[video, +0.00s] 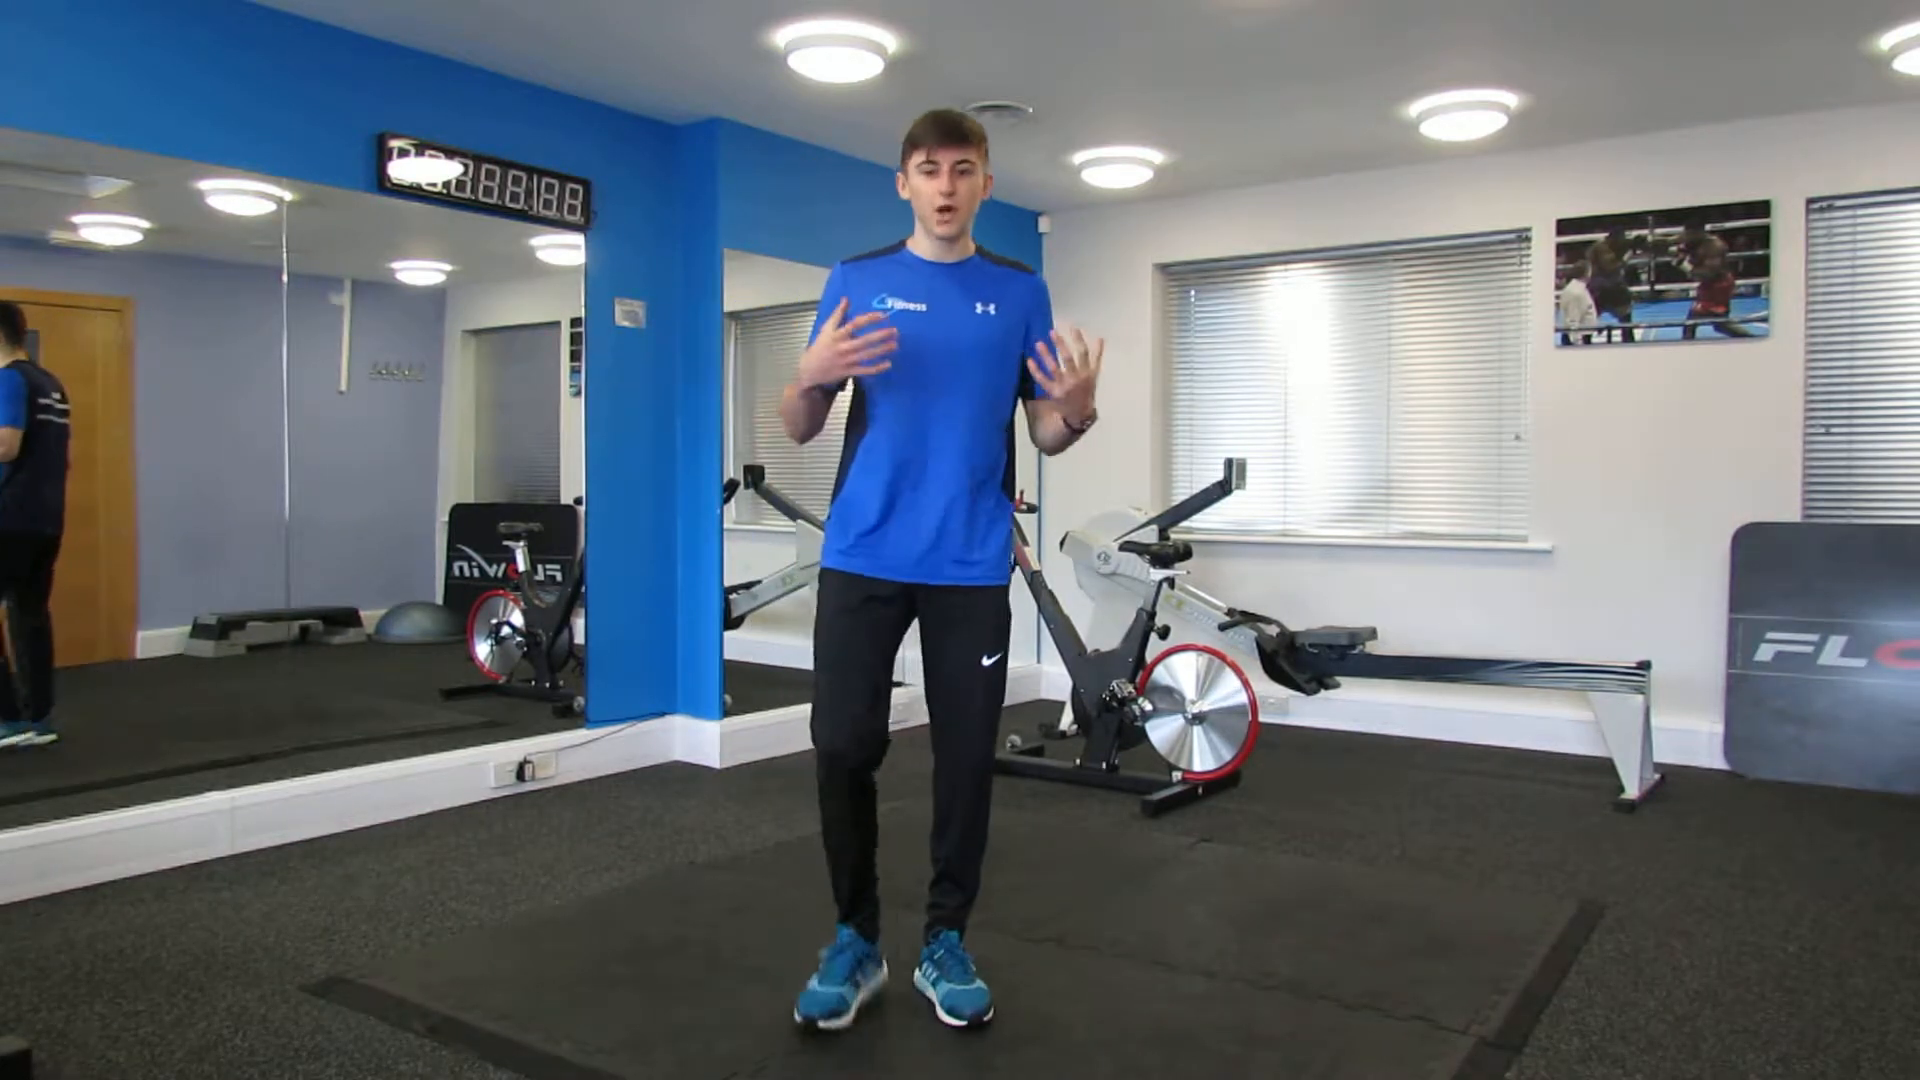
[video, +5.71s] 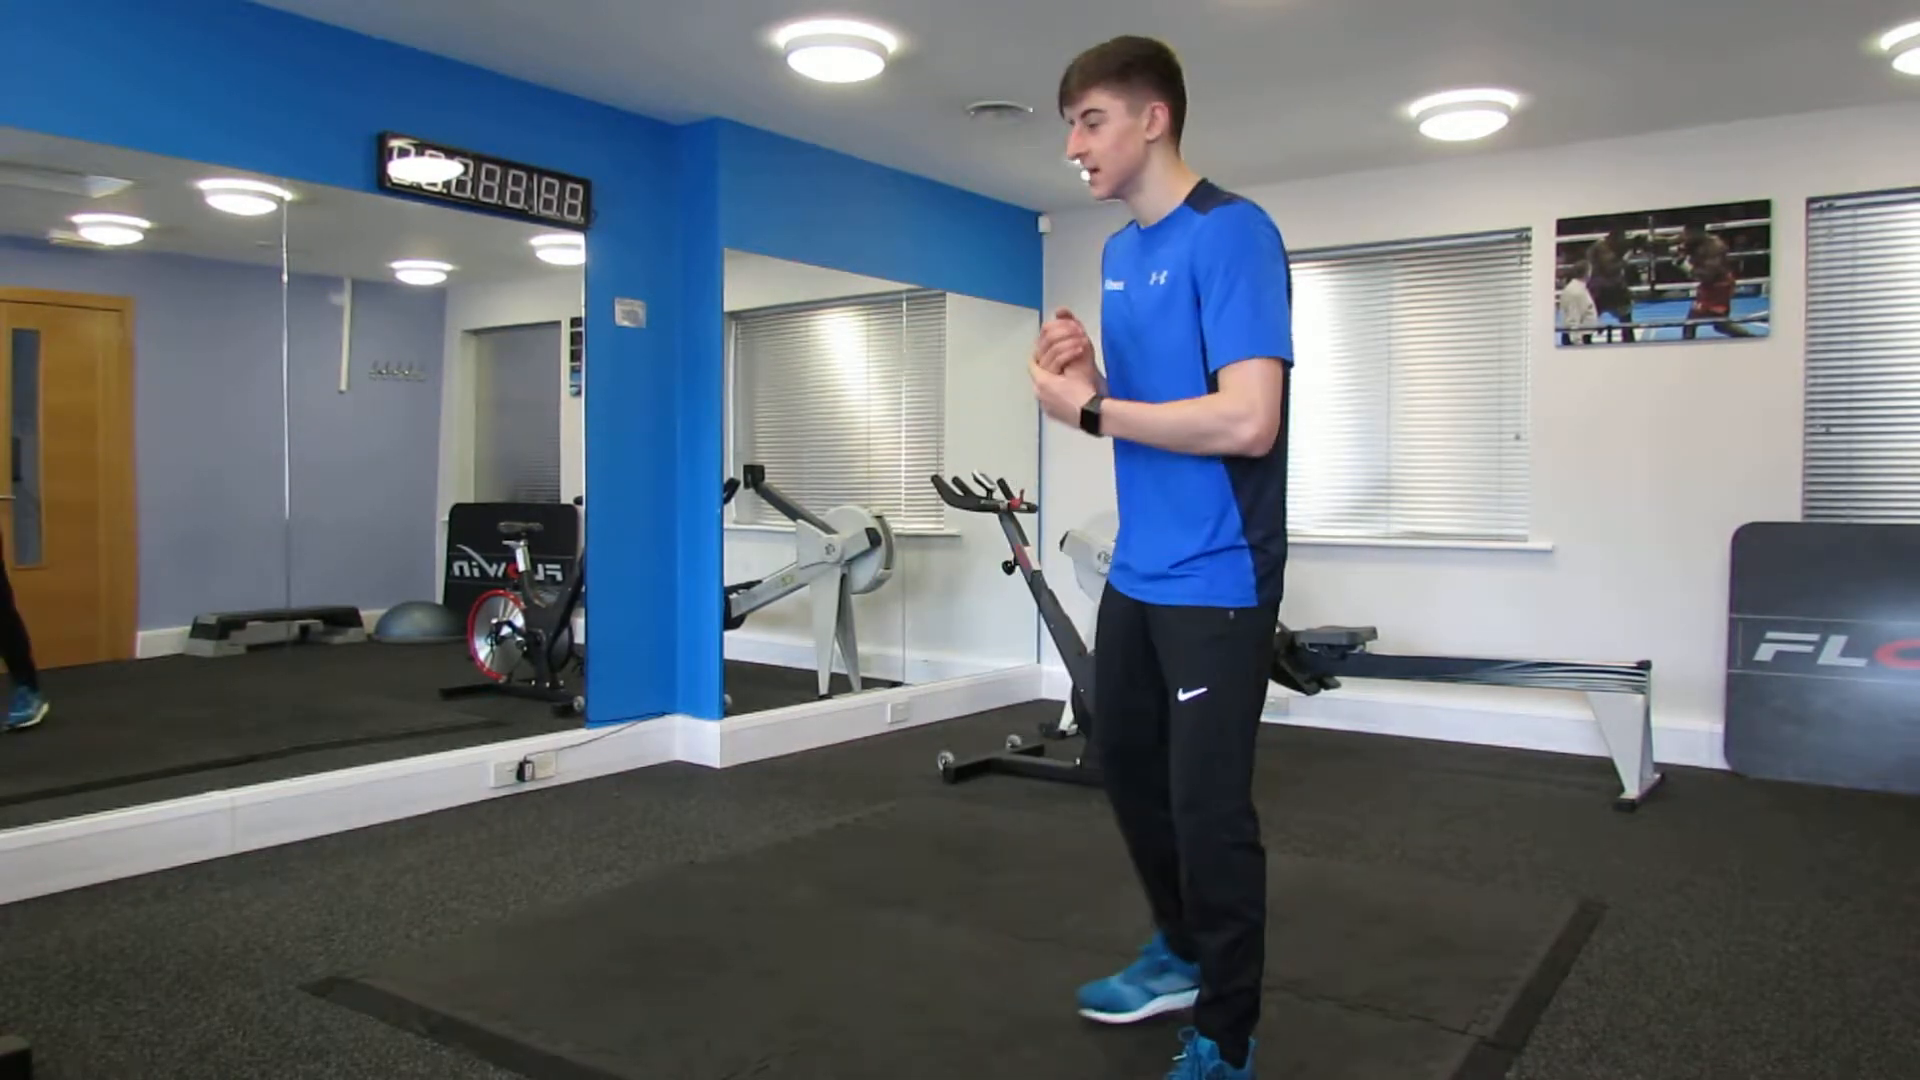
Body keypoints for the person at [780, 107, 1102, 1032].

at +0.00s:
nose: (946, 186)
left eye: (962, 171)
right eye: (929, 171)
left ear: (984, 183)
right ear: (904, 184)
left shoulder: (1020, 292)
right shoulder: (856, 282)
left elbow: (1047, 434)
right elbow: (799, 428)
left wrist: (1077, 402)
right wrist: (812, 377)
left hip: (973, 557)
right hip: (864, 548)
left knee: (968, 755)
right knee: (843, 746)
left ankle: (946, 941)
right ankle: (855, 939)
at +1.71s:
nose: (1026, 164)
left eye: (1042, 151)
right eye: (1009, 149)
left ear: (1065, 170)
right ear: (978, 165)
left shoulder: (1105, 281)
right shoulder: (927, 278)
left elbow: (1134, 424)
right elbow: (888, 428)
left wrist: (1075, 435)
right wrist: (974, 356)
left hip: (1056, 563)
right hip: (941, 557)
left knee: (1059, 770)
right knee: (909, 769)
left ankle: (1039, 960)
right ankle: (895, 987)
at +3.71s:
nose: (1045, 197)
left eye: (1061, 184)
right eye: (1029, 183)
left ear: (1080, 201)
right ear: (1002, 196)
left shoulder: (1115, 302)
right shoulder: (953, 300)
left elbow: (1150, 433)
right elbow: (905, 434)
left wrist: (1072, 423)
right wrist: (988, 411)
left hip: (1073, 565)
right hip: (970, 560)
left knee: (1074, 746)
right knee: (945, 737)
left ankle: (1046, 910)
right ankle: (963, 879)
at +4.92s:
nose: (973, 134)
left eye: (992, 114)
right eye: (955, 121)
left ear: (1032, 126)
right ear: (937, 141)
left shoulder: (1099, 243)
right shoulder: (914, 271)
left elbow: (1147, 413)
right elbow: (881, 441)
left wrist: (1006, 407)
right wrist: (904, 402)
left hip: (1041, 571)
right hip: (928, 570)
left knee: (1044, 799)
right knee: (915, 792)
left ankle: (1160, 991)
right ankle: (936, 1004)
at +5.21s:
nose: (1006, 136)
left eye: (1024, 108)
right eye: (994, 122)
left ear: (1085, 110)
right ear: (992, 142)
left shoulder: (1162, 233)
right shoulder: (1017, 266)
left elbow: (1224, 410)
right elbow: (1024, 432)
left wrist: (1055, 428)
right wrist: (958, 391)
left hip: (1122, 593)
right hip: (1019, 586)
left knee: (1141, 827)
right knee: (969, 800)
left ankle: (1210, 1044)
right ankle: (960, 1007)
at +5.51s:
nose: (1037, 139)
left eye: (1052, 113)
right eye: (1033, 120)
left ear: (1119, 110)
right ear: (1089, 123)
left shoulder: (1205, 228)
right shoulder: (1093, 247)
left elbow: (1255, 408)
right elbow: (1133, 400)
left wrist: (1088, 429)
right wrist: (1053, 389)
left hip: (1194, 583)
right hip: (1110, 574)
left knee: (1192, 815)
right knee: (1090, 792)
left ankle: (1219, 1039)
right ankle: (1044, 990)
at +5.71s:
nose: (1078, 147)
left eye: (1093, 122)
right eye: (1072, 129)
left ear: (1159, 116)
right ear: (1101, 134)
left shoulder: (1235, 231)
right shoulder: (1122, 251)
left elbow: (1250, 419)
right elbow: (1143, 405)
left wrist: (1093, 410)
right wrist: (1083, 373)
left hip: (1219, 580)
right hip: (1138, 570)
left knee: (1211, 812)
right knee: (1125, 759)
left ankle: (1228, 1041)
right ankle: (1186, 948)